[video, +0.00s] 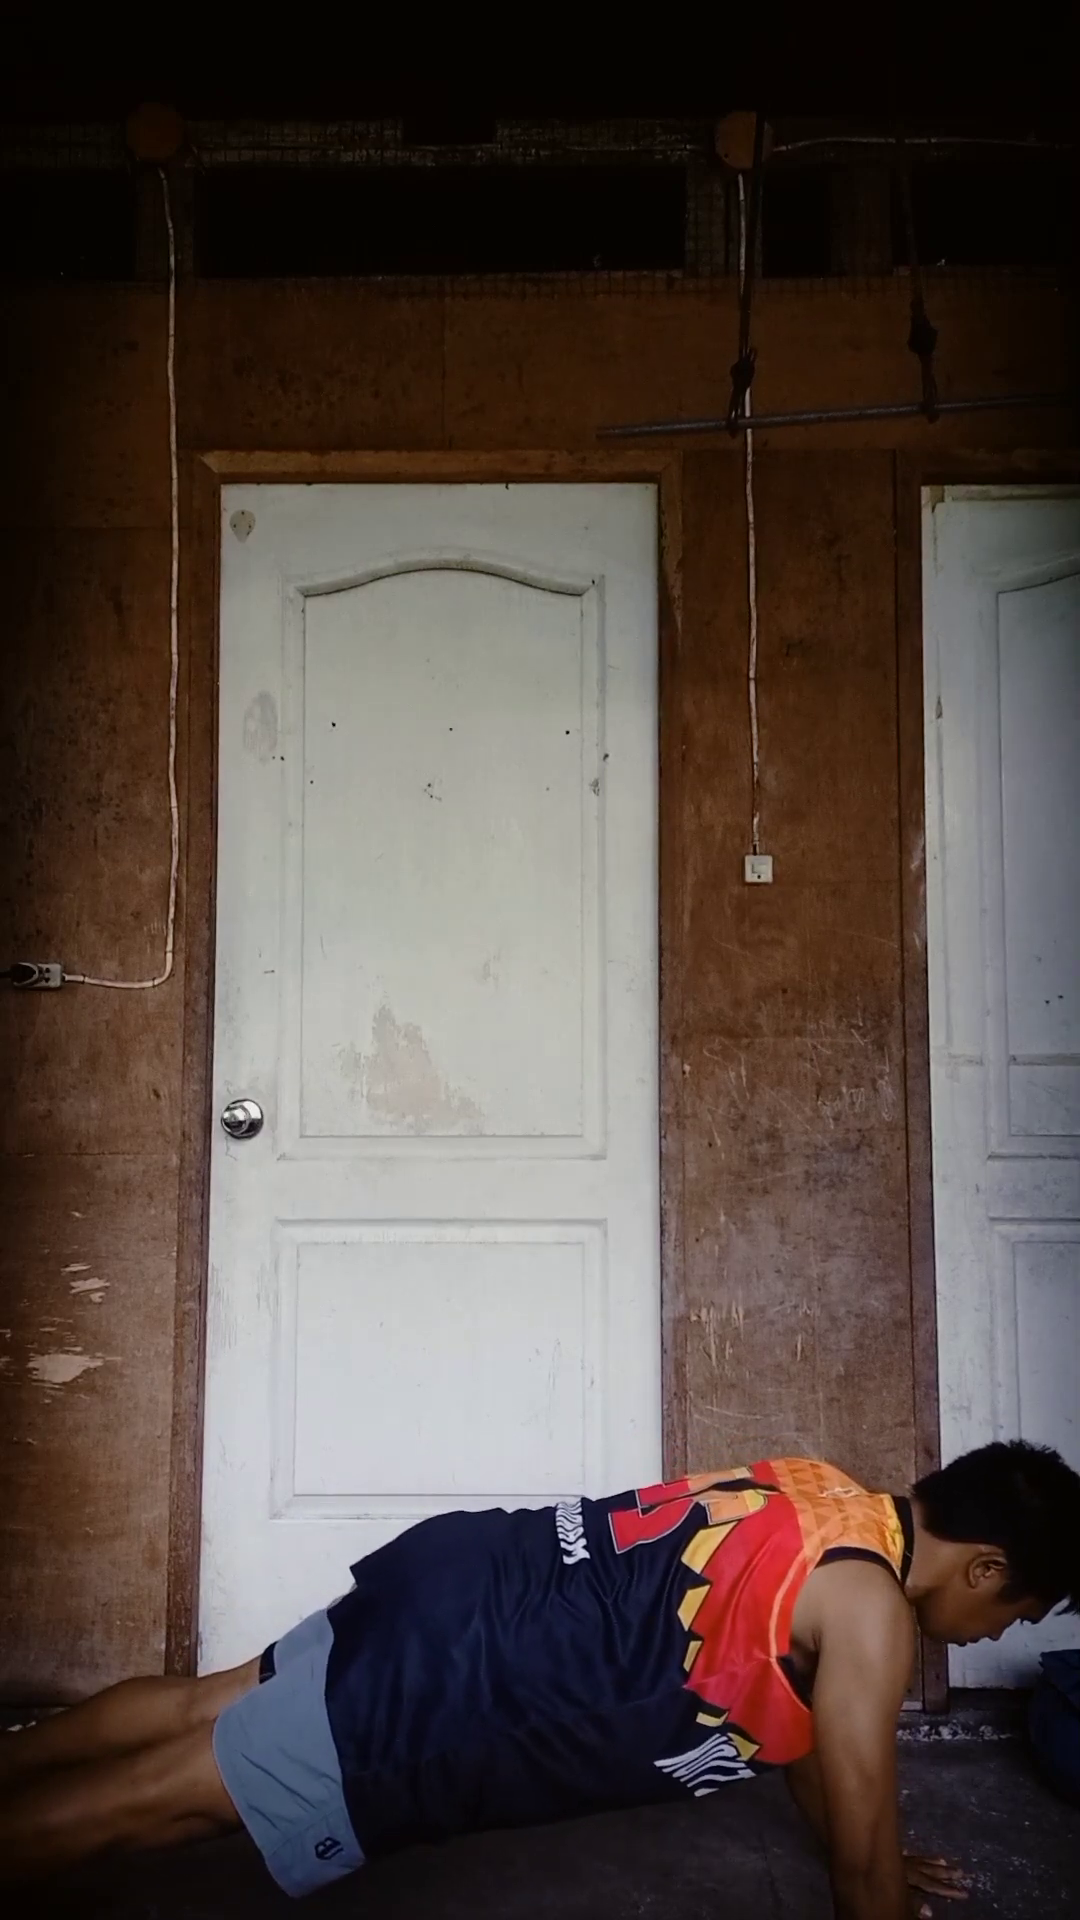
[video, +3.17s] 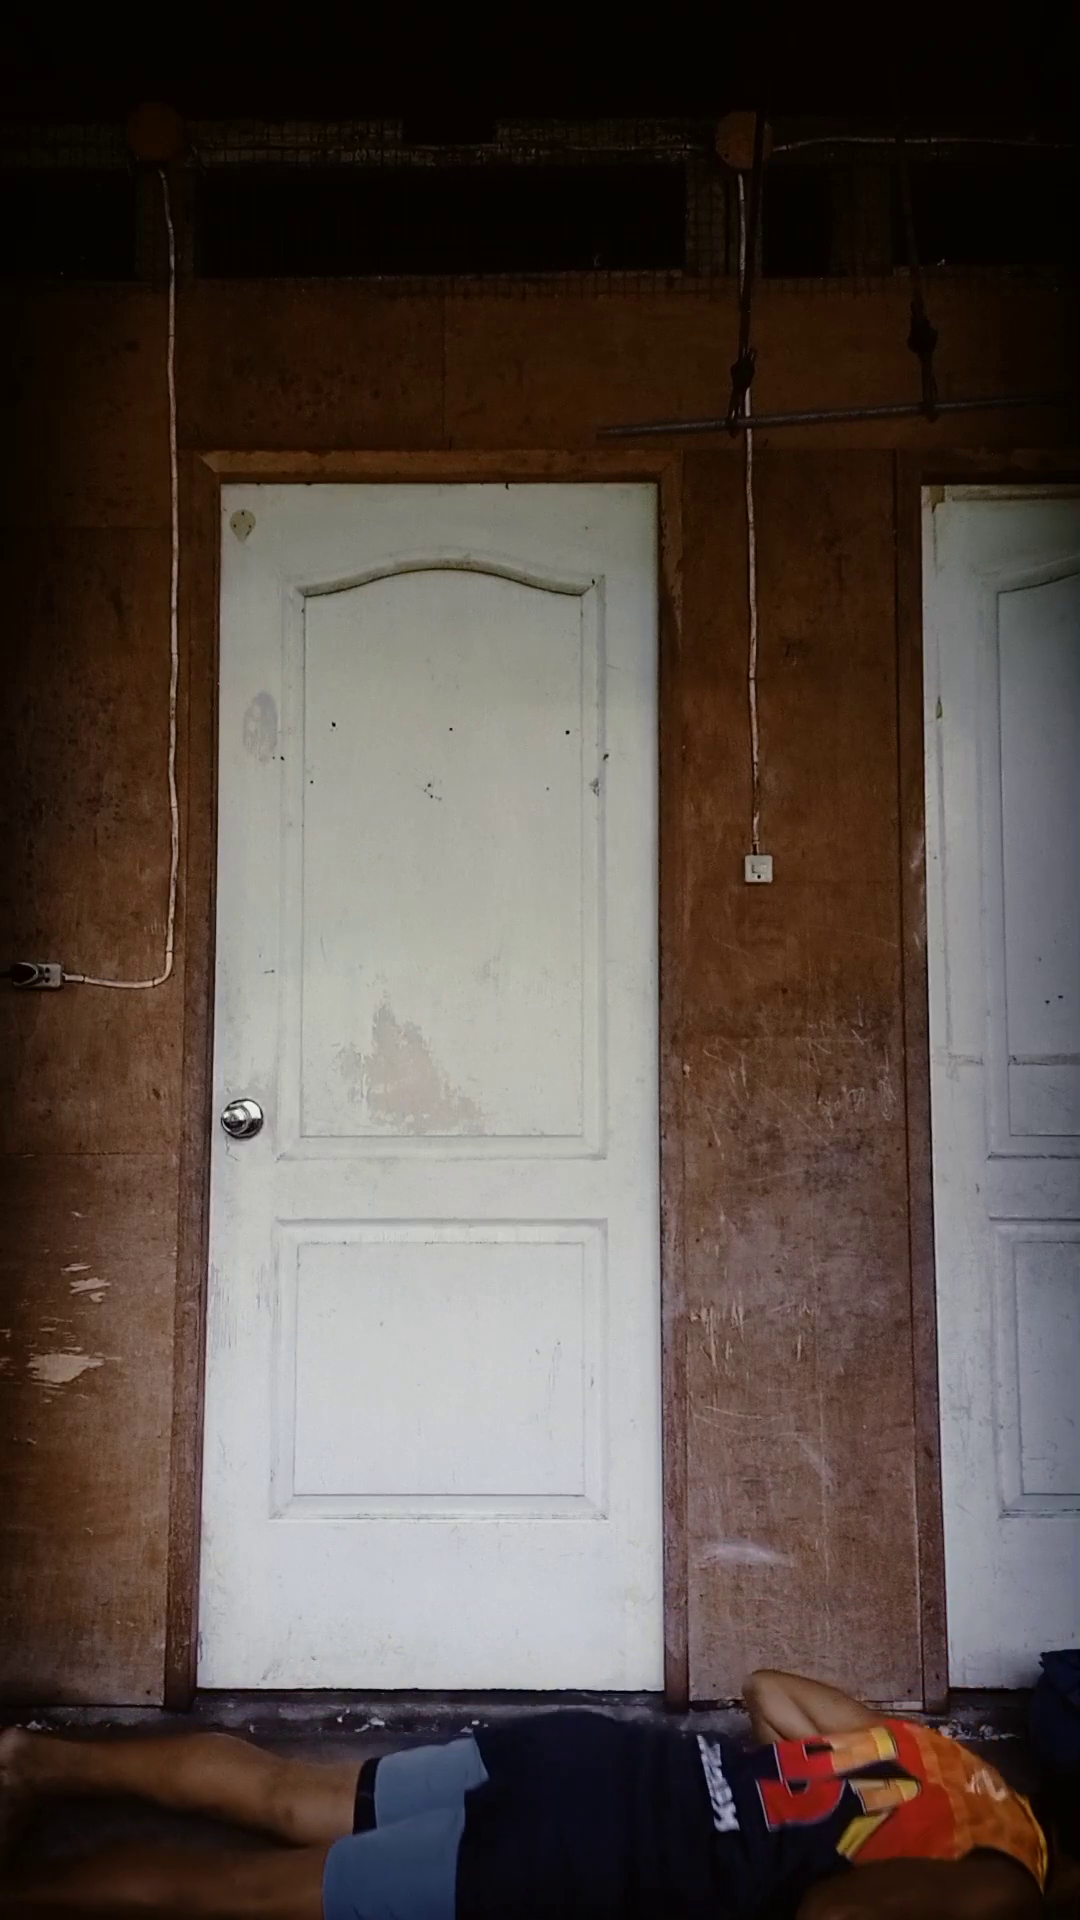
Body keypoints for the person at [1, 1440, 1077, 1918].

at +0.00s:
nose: (996, 1632)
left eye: (1017, 1615)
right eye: (1012, 1610)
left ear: (945, 1497)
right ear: (978, 1563)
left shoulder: (822, 1486)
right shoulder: (866, 1619)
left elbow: (797, 1702)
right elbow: (869, 1874)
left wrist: (874, 1843)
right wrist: (908, 1894)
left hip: (458, 1567)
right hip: (454, 1681)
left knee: (207, 1702)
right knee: (153, 1801)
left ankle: (3, 1764)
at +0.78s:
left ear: (1033, 1645)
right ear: (1075, 1731)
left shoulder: (912, 1630)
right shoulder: (957, 1767)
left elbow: (783, 1744)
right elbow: (828, 1906)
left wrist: (893, 1844)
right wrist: (922, 1874)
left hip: (548, 1675)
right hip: (533, 1805)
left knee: (272, 1758)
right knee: (229, 1862)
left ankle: (23, 1762)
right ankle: (15, 1868)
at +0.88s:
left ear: (1038, 1684)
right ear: (1069, 1762)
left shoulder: (934, 1671)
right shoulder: (979, 1800)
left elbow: (769, 1716)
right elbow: (832, 1898)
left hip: (583, 1701)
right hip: (577, 1826)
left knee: (281, 1771)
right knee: (255, 1867)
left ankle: (26, 1758)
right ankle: (26, 1869)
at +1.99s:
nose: (1062, 1637)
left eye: (1076, 1616)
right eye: (1076, 1611)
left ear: (1005, 1518)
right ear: (1048, 1577)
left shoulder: (875, 1514)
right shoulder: (929, 1633)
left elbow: (804, 1706)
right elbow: (873, 1875)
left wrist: (862, 1841)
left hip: (532, 1617)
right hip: (527, 1737)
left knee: (282, 1720)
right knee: (217, 1824)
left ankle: (30, 1758)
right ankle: (5, 1868)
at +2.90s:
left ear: (1042, 1652)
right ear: (1078, 1729)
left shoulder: (919, 1637)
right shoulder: (966, 1769)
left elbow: (772, 1711)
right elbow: (844, 1900)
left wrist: (910, 1842)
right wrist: (947, 1879)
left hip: (558, 1690)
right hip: (537, 1815)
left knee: (283, 1762)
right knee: (222, 1869)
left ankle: (26, 1759)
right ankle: (20, 1863)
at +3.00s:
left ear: (1033, 1684)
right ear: (1069, 1761)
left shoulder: (935, 1694)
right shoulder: (989, 1819)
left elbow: (764, 1721)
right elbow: (840, 1893)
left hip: (588, 1712)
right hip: (584, 1827)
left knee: (288, 1769)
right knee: (256, 1870)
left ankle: (26, 1754)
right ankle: (23, 1869)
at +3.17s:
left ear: (1024, 1777)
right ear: (1046, 1845)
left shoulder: (944, 1761)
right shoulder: (1002, 1861)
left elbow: (777, 1688)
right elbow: (838, 1904)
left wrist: (864, 1783)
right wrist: (892, 1810)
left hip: (584, 1748)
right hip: (582, 1864)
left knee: (298, 1792)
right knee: (236, 1882)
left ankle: (44, 1753)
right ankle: (35, 1877)